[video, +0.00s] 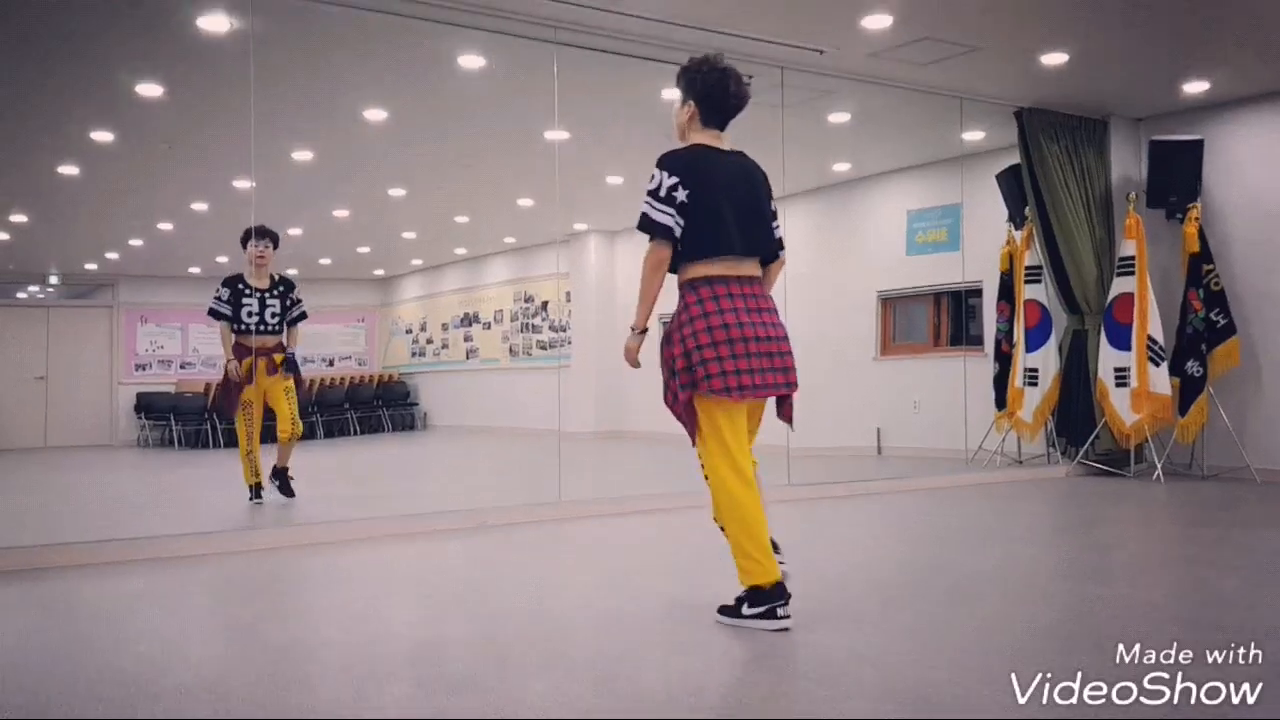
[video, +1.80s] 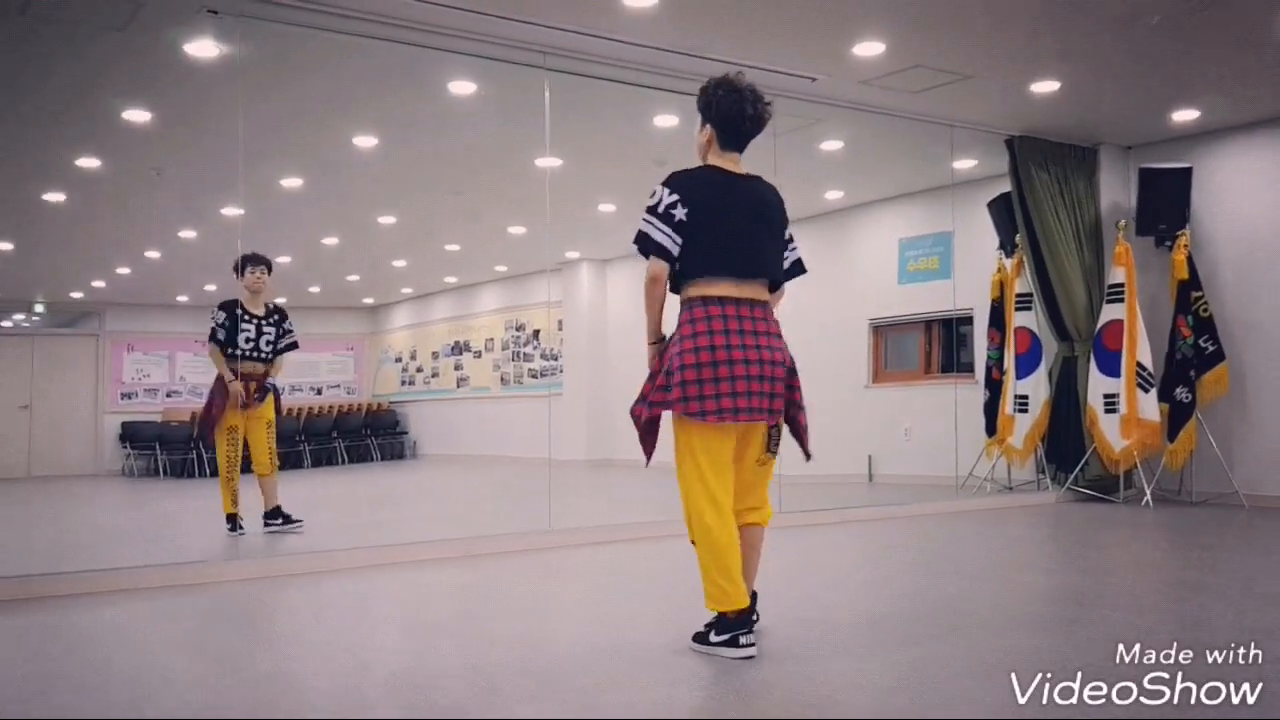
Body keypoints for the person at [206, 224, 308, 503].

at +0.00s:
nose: (261, 252)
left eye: (266, 247)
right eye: (255, 246)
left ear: (274, 252)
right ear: (246, 251)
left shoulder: (285, 286)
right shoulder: (231, 285)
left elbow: (293, 324)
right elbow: (224, 325)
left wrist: (290, 352)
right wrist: (229, 357)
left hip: (278, 361)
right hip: (245, 362)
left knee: (291, 428)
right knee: (248, 431)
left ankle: (280, 470)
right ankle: (254, 485)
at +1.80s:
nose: (258, 277)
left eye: (263, 273)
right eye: (252, 273)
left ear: (269, 279)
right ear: (241, 278)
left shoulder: (278, 314)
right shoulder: (228, 309)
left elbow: (279, 356)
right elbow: (213, 348)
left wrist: (267, 384)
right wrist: (230, 379)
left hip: (262, 389)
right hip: (230, 388)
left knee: (266, 453)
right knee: (229, 456)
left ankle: (272, 511)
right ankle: (232, 515)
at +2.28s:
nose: (243, 293)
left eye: (244, 287)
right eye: (236, 287)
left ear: (246, 292)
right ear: (219, 293)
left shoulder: (255, 324)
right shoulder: (202, 329)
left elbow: (275, 358)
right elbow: (196, 370)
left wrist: (265, 384)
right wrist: (209, 399)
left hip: (250, 399)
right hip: (217, 400)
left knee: (249, 467)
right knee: (205, 467)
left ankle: (239, 520)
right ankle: (211, 521)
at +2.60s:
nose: (219, 283)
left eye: (223, 278)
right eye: (212, 278)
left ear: (228, 284)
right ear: (199, 283)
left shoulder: (228, 320)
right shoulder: (187, 312)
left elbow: (232, 361)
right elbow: (168, 350)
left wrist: (237, 385)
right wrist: (182, 389)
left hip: (229, 392)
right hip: (199, 392)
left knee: (228, 459)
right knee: (207, 462)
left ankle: (220, 516)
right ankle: (195, 518)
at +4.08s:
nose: (242, 261)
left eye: (247, 256)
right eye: (236, 256)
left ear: (253, 260)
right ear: (225, 260)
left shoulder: (260, 295)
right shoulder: (213, 289)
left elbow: (263, 336)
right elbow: (197, 325)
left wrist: (258, 360)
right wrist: (209, 360)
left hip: (247, 366)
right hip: (218, 365)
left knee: (260, 433)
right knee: (218, 434)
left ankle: (247, 489)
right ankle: (218, 493)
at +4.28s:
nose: (263, 248)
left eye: (267, 244)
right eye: (256, 244)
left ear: (274, 250)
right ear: (247, 251)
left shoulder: (288, 284)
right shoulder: (235, 284)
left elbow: (302, 319)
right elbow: (212, 316)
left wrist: (286, 346)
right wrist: (238, 334)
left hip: (271, 362)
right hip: (236, 361)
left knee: (274, 429)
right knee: (236, 426)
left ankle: (268, 477)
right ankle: (240, 479)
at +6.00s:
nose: (254, 264)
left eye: (258, 261)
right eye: (248, 260)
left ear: (264, 268)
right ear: (236, 267)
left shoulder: (268, 302)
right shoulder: (224, 299)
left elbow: (276, 341)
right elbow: (200, 333)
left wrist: (276, 364)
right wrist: (216, 371)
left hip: (270, 374)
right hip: (241, 375)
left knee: (269, 443)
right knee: (249, 444)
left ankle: (259, 495)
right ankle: (232, 496)